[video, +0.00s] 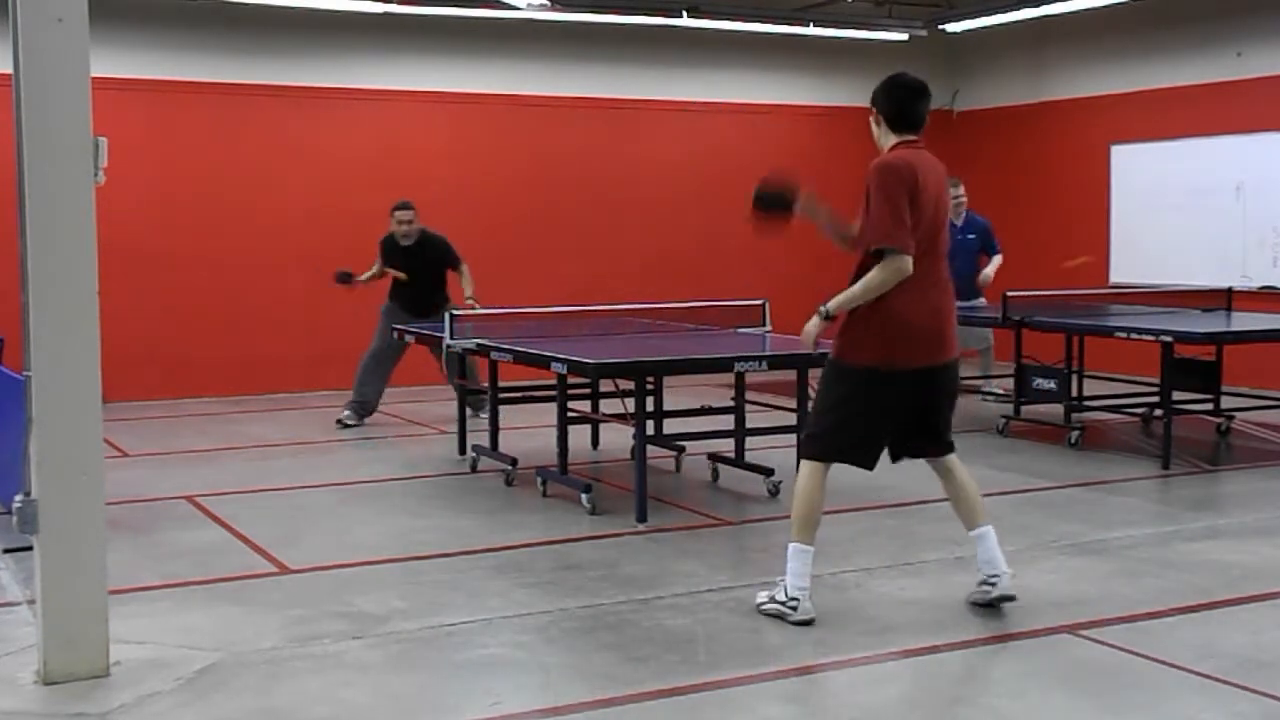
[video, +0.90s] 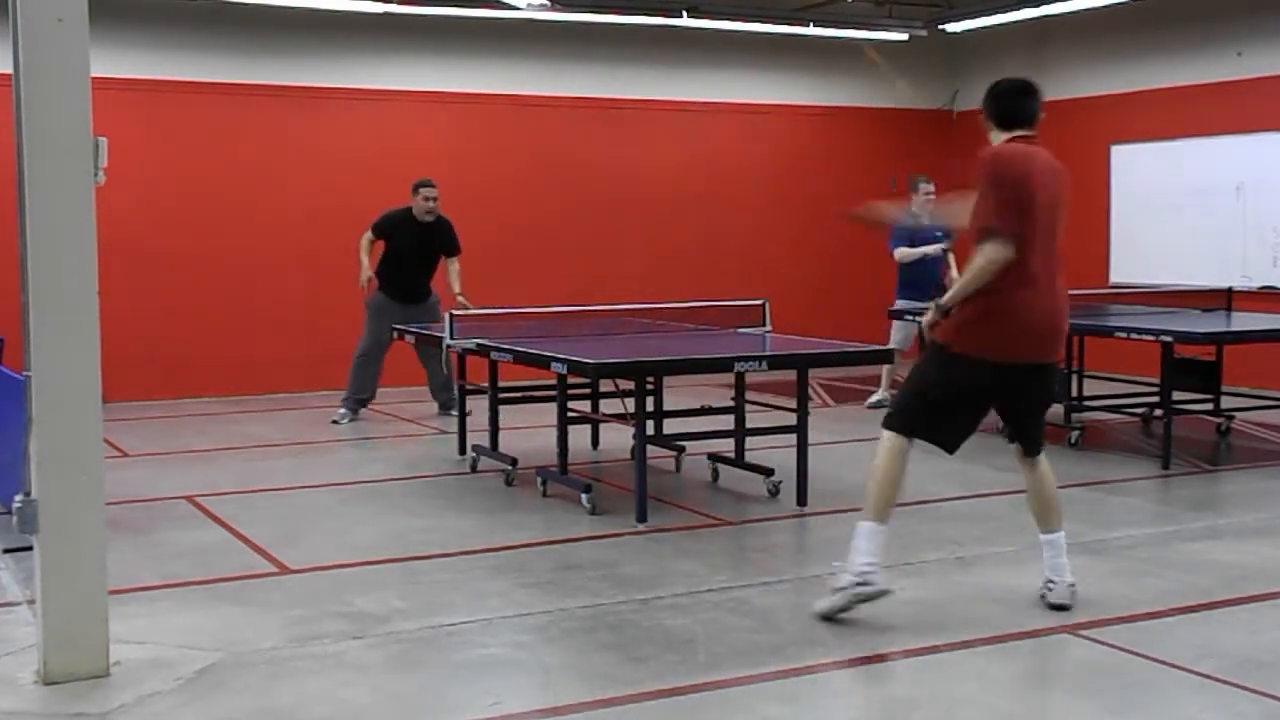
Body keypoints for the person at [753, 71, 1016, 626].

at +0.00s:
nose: (867, 123)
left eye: (868, 115)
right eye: (873, 115)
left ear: (875, 118)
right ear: (923, 119)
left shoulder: (889, 169)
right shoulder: (935, 170)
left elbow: (898, 262)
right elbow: (875, 243)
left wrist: (830, 309)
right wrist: (815, 212)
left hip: (874, 349)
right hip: (935, 346)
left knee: (815, 456)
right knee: (942, 451)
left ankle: (794, 590)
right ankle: (995, 572)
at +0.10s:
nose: (873, 129)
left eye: (872, 121)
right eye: (875, 121)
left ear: (880, 123)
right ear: (926, 124)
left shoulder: (892, 175)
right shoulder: (944, 177)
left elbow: (896, 267)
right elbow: (915, 260)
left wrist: (831, 321)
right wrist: (813, 279)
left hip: (879, 354)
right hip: (943, 352)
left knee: (816, 459)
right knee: (957, 456)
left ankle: (794, 591)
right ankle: (1015, 578)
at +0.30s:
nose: (894, 134)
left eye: (895, 127)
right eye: (898, 126)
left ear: (903, 129)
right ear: (948, 129)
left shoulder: (898, 180)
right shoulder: (978, 184)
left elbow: (885, 265)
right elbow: (984, 271)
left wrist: (829, 326)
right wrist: (890, 267)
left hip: (903, 354)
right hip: (971, 353)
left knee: (840, 458)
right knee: (979, 461)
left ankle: (819, 591)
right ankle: (1023, 576)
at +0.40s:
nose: (907, 143)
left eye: (909, 136)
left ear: (915, 141)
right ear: (962, 143)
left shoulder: (895, 192)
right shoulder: (990, 199)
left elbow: (871, 274)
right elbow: (1013, 299)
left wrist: (832, 334)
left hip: (900, 361)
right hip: (972, 361)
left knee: (846, 471)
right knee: (996, 459)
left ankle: (830, 601)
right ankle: (1032, 581)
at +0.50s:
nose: (928, 156)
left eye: (929, 149)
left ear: (934, 155)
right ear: (982, 157)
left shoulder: (905, 209)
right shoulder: (1005, 214)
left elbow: (875, 298)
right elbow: (1038, 304)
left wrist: (856, 347)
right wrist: (1035, 346)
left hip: (910, 369)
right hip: (987, 370)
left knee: (845, 471)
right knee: (1017, 461)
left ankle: (828, 598)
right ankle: (1052, 578)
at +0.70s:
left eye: (966, 150)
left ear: (969, 155)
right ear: (1021, 156)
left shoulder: (932, 204)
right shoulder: (1034, 212)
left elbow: (889, 286)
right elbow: (1076, 296)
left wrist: (895, 334)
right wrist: (1125, 339)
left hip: (931, 366)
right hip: (1005, 368)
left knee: (868, 472)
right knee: (1031, 463)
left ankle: (829, 597)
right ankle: (1053, 581)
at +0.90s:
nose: (983, 128)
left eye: (983, 119)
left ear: (989, 119)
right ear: (1037, 118)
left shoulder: (999, 161)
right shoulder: (1052, 168)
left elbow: (999, 249)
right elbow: (983, 211)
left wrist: (944, 305)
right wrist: (904, 214)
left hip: (983, 335)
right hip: (1040, 338)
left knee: (898, 428)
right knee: (1031, 448)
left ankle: (863, 564)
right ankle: (1059, 577)